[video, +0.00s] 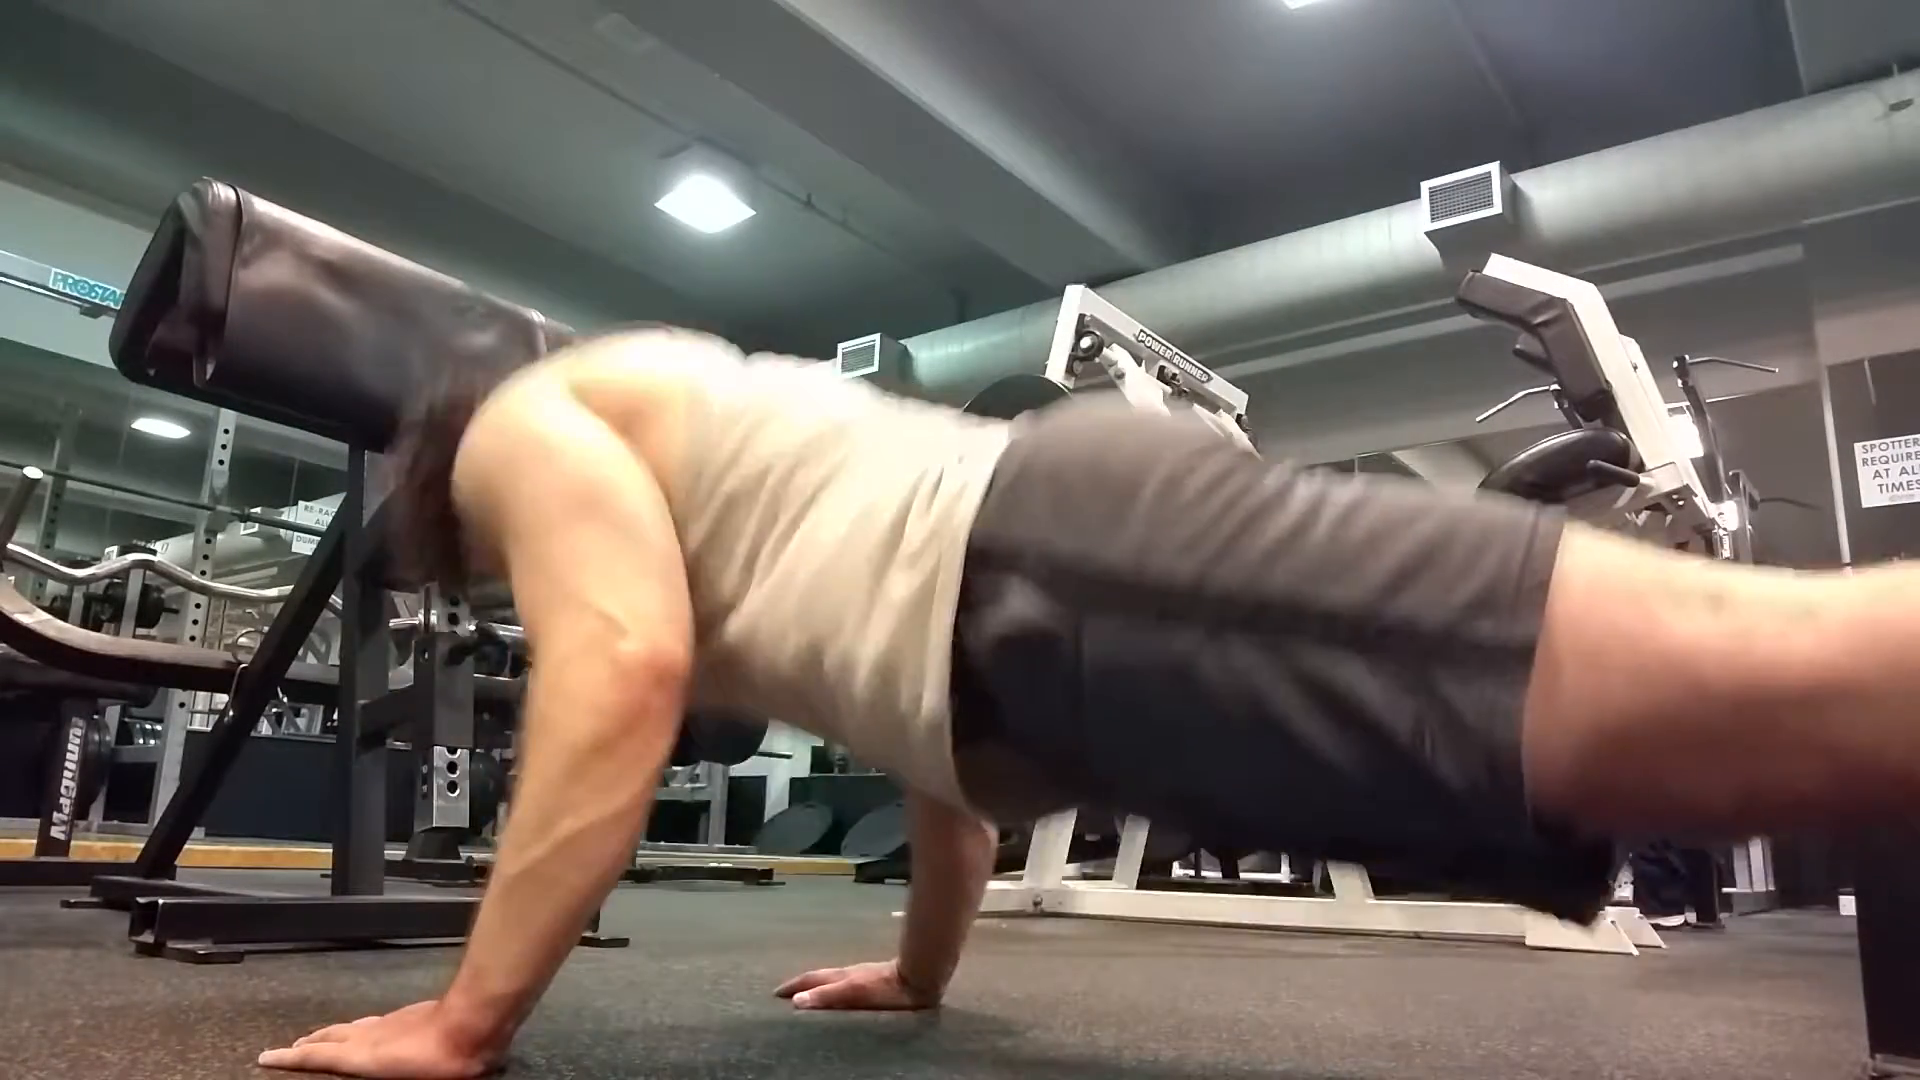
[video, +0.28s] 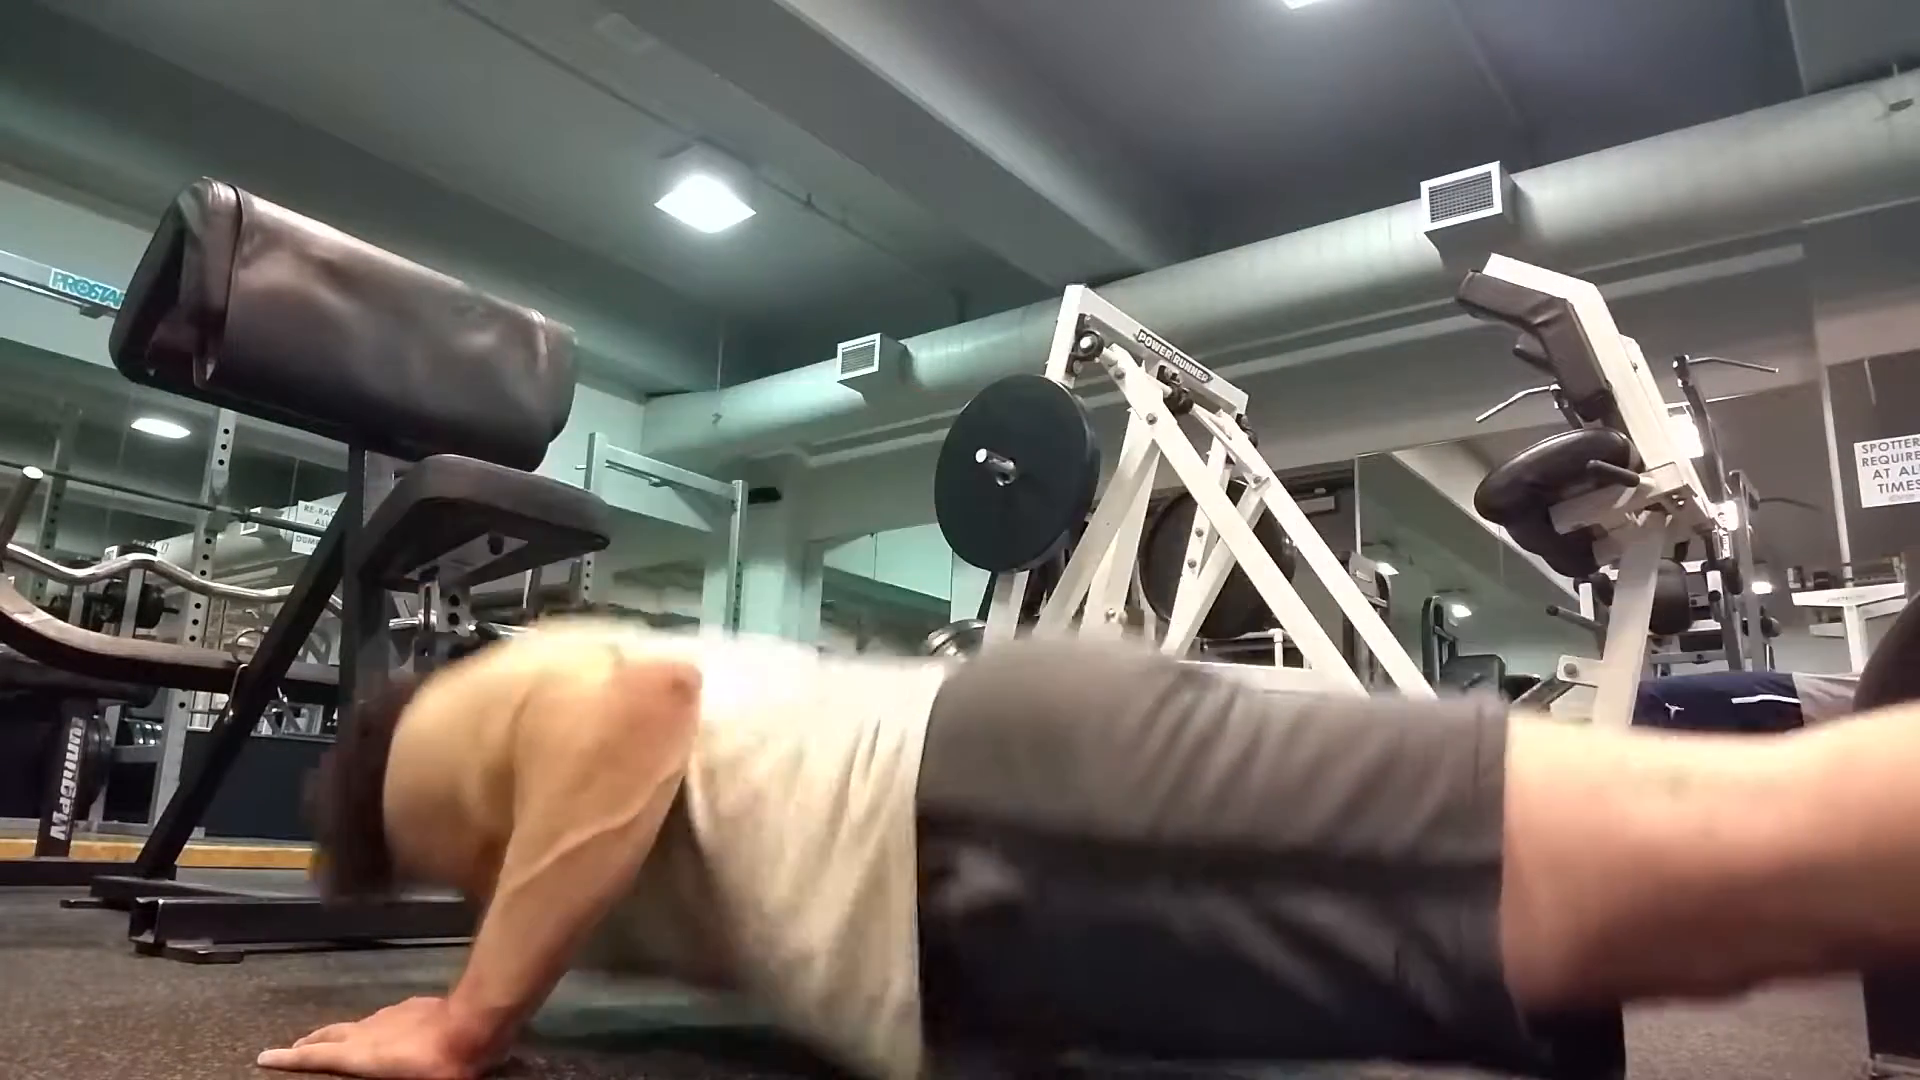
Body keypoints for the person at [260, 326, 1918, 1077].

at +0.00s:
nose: (407, 555)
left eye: (396, 513)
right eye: (395, 535)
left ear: (418, 429)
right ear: (523, 415)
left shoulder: (530, 413)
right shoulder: (712, 440)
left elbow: (619, 660)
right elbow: (941, 706)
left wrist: (463, 1021)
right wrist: (921, 969)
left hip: (1060, 559)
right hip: (1068, 610)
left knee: (1784, 692)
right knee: (1761, 734)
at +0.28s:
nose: (418, 876)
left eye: (394, 860)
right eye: (413, 863)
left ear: (381, 803)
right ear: (432, 778)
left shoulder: (435, 726)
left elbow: (637, 700)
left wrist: (462, 1015)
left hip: (989, 832)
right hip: (983, 935)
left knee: (1722, 863)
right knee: (1716, 865)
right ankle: (1875, 921)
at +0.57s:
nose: (427, 682)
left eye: (410, 643)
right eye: (417, 667)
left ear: (421, 574)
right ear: (519, 493)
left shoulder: (504, 538)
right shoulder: (666, 525)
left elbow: (639, 692)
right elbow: (905, 686)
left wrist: (466, 1023)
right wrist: (929, 946)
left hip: (1034, 662)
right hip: (1054, 690)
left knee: (1762, 768)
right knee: (1736, 781)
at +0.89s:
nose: (449, 639)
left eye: (425, 603)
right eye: (432, 628)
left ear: (435, 523)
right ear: (541, 465)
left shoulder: (525, 489)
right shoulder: (722, 494)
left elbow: (641, 678)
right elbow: (965, 744)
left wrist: (466, 1015)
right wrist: (928, 974)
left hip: (1034, 624)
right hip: (1065, 640)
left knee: (1734, 737)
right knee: (1715, 768)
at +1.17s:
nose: (416, 880)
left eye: (390, 861)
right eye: (413, 866)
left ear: (380, 816)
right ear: (425, 790)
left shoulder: (431, 759)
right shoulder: (529, 870)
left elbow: (625, 690)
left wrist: (456, 1017)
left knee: (1713, 882)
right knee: (1695, 914)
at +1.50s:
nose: (426, 598)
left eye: (408, 559)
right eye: (412, 585)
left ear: (417, 458)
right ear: (534, 399)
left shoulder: (527, 435)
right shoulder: (707, 451)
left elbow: (615, 664)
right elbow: (909, 689)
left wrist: (470, 1011)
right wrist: (929, 957)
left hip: (1047, 600)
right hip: (1062, 670)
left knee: (1783, 719)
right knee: (1759, 768)